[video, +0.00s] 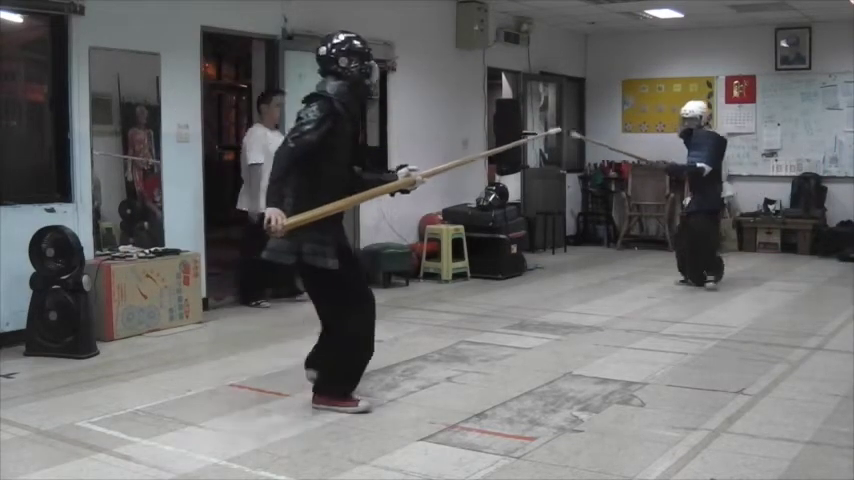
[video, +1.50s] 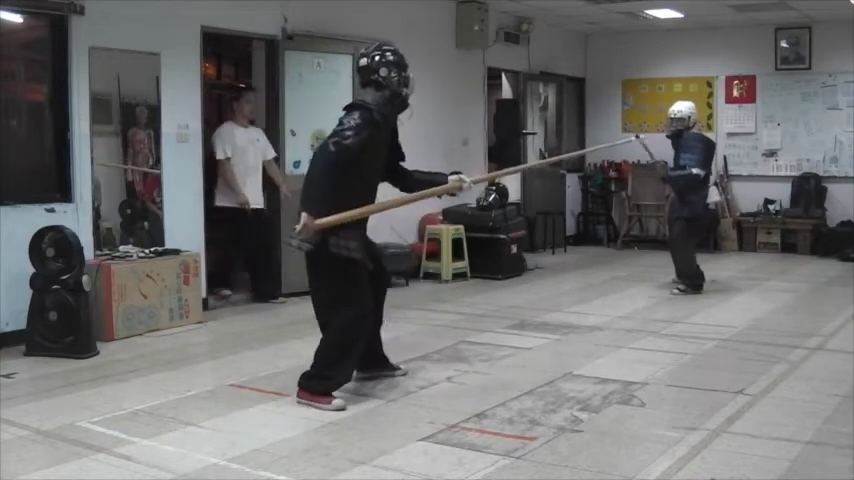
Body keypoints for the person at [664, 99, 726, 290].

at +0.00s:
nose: (686, 125)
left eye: (690, 120)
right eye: (685, 120)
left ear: (701, 120)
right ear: (685, 120)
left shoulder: (709, 138)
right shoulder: (693, 139)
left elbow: (701, 170)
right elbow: (695, 167)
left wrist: (672, 168)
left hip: (707, 197)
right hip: (695, 197)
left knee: (699, 234)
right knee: (685, 235)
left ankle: (715, 268)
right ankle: (693, 275)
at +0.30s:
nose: (676, 130)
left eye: (681, 125)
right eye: (674, 125)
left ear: (692, 125)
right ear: (671, 125)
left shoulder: (699, 144)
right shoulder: (683, 145)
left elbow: (691, 173)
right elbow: (683, 169)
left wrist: (664, 172)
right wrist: (664, 171)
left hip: (700, 202)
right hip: (688, 202)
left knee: (691, 237)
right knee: (679, 235)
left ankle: (691, 283)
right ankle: (692, 275)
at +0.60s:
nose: (672, 135)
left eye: (677, 131)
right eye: (670, 131)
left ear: (688, 131)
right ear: (666, 130)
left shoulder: (694, 149)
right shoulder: (678, 150)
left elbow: (688, 178)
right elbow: (681, 175)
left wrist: (663, 180)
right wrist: (665, 180)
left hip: (701, 206)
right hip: (689, 205)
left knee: (680, 238)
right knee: (675, 236)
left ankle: (690, 285)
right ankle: (695, 275)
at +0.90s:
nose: (676, 128)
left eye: (680, 124)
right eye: (673, 124)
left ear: (691, 124)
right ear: (670, 125)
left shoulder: (696, 144)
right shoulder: (681, 144)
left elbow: (689, 175)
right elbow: (682, 171)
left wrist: (660, 179)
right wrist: (664, 177)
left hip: (697, 200)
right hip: (685, 199)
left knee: (688, 237)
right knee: (677, 236)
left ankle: (692, 283)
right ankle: (688, 275)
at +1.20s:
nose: (676, 125)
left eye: (680, 121)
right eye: (673, 121)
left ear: (690, 122)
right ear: (671, 122)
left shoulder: (696, 141)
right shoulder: (682, 142)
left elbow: (692, 175)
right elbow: (683, 171)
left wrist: (662, 180)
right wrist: (664, 180)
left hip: (693, 198)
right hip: (682, 197)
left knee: (684, 235)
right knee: (677, 234)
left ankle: (693, 281)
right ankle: (686, 275)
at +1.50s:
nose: (674, 125)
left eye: (679, 121)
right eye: (672, 121)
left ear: (690, 121)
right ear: (670, 121)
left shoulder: (696, 141)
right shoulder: (680, 141)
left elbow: (696, 175)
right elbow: (682, 169)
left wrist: (669, 177)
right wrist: (669, 174)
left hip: (693, 198)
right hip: (681, 197)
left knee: (681, 236)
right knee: (676, 236)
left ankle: (693, 282)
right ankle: (685, 276)